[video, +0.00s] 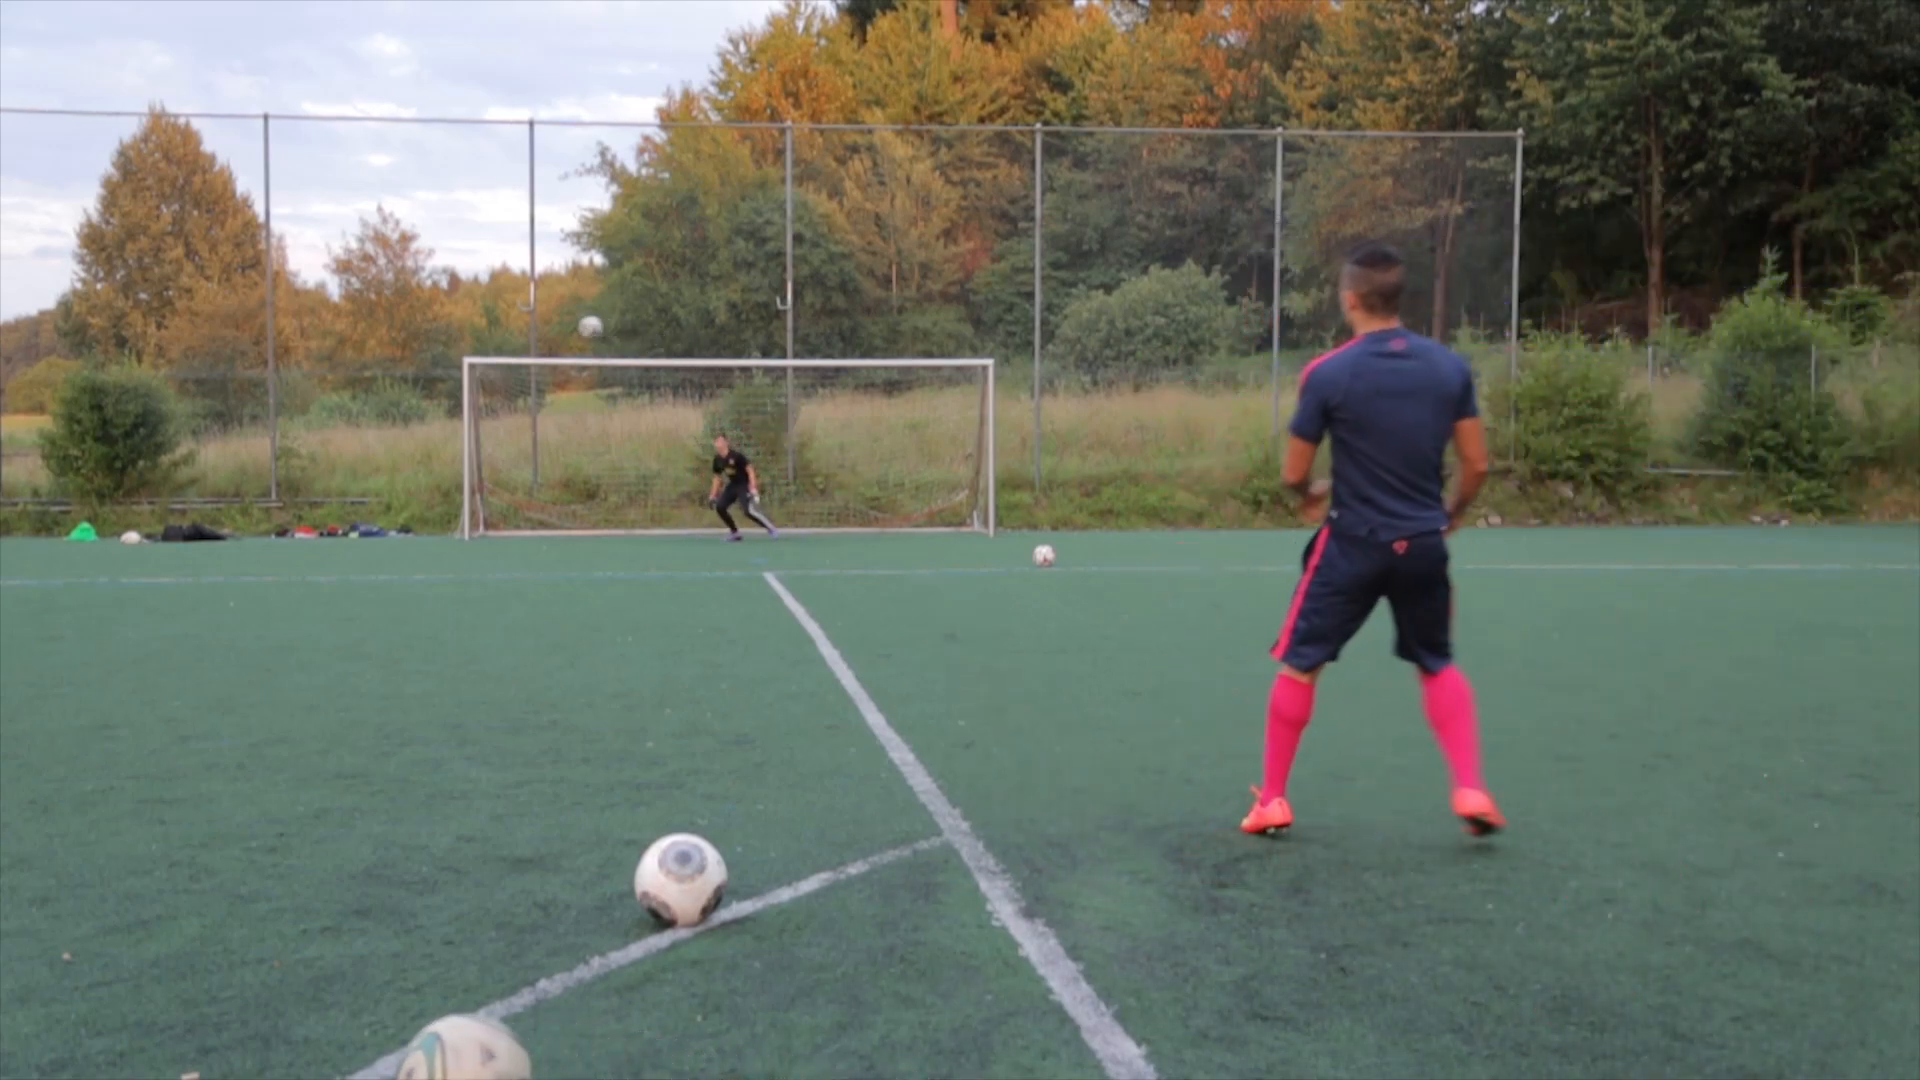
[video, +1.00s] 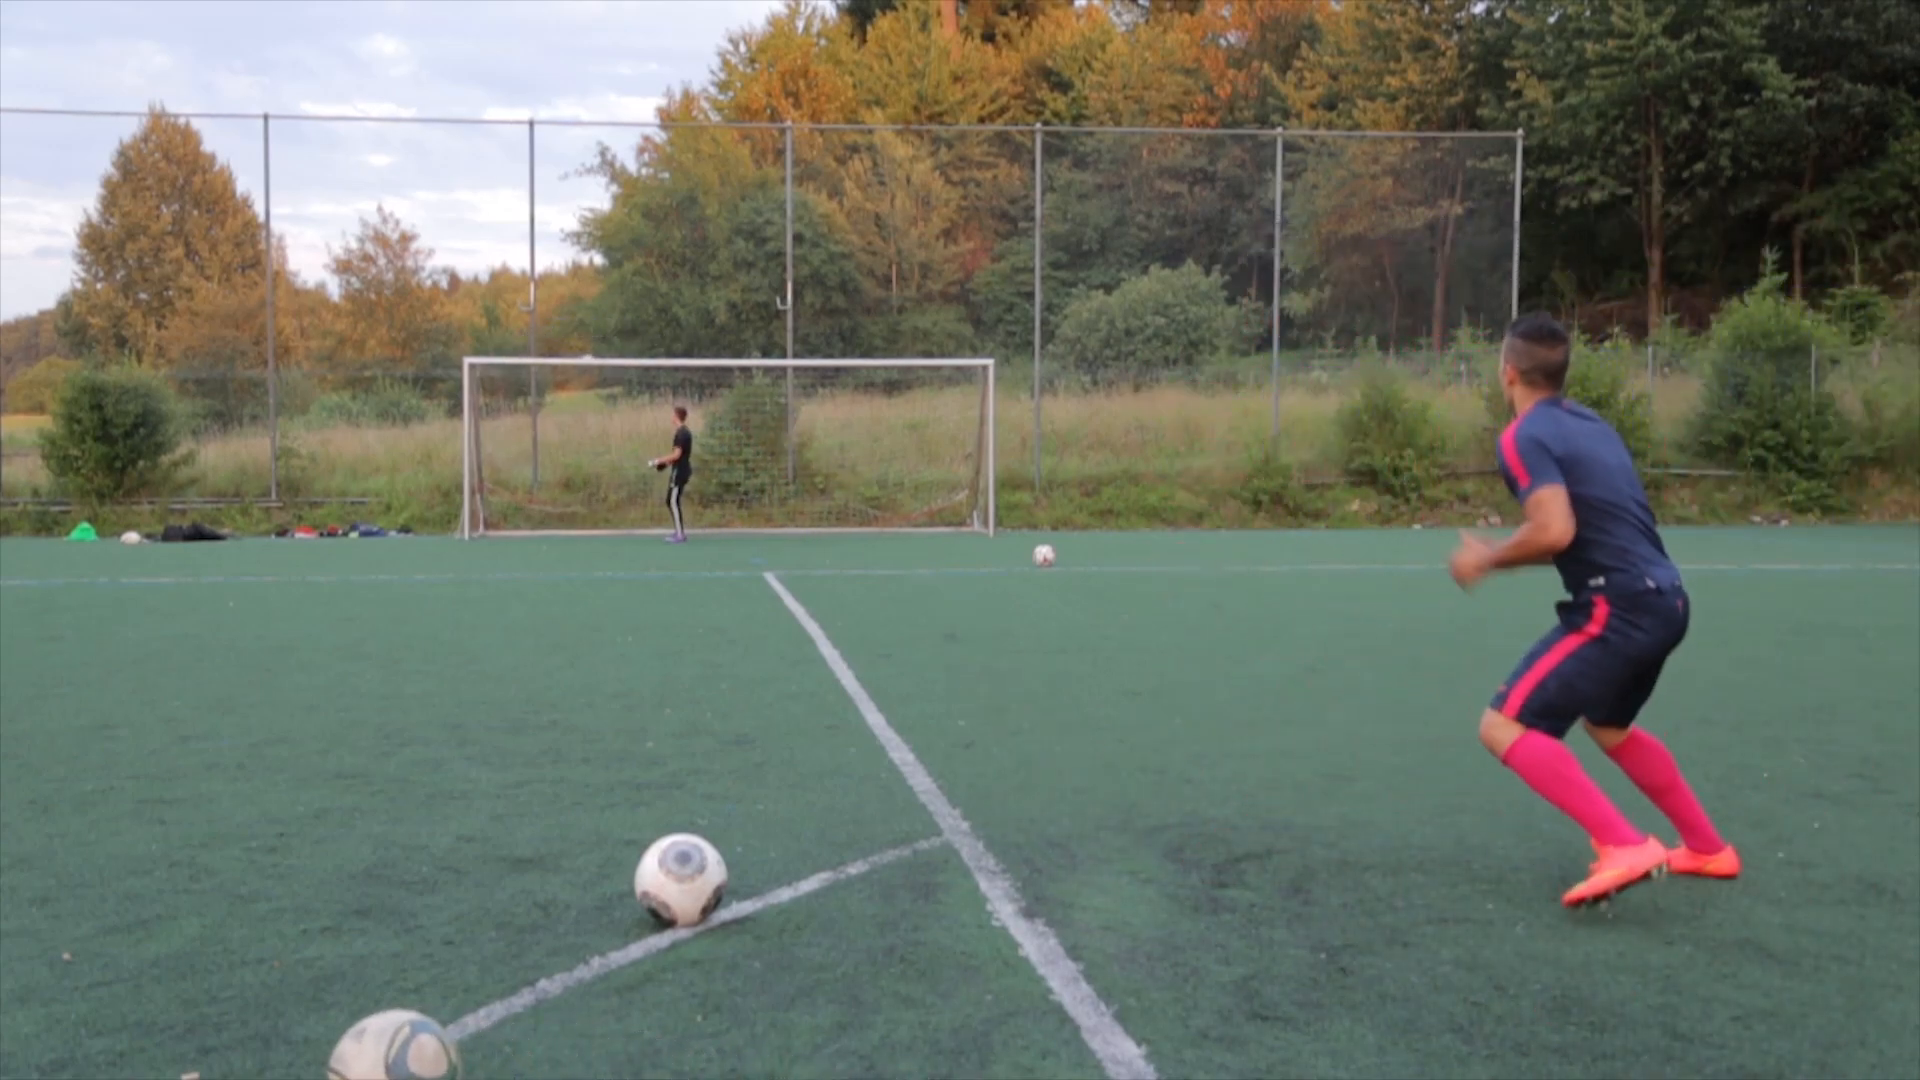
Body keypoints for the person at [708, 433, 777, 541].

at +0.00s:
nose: (719, 446)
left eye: (721, 443)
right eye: (717, 444)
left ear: (727, 443)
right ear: (715, 446)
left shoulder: (736, 456)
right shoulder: (718, 460)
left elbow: (750, 470)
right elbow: (717, 478)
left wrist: (753, 488)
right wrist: (713, 495)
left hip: (744, 485)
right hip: (732, 486)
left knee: (748, 510)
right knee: (720, 507)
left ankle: (772, 530)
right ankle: (735, 533)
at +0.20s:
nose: (701, 434)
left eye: (703, 431)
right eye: (701, 431)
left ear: (710, 433)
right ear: (702, 433)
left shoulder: (719, 447)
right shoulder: (708, 449)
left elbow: (731, 464)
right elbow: (712, 467)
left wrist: (729, 484)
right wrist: (704, 485)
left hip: (727, 480)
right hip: (720, 480)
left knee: (709, 500)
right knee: (711, 503)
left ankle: (720, 530)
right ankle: (734, 530)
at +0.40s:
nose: (687, 426)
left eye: (688, 423)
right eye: (687, 423)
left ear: (692, 425)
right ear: (696, 425)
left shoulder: (700, 440)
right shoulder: (699, 440)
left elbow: (707, 462)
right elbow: (705, 464)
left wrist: (706, 482)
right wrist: (699, 481)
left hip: (707, 477)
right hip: (708, 476)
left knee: (689, 503)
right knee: (707, 508)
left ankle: (681, 534)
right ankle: (731, 529)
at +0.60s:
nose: (680, 422)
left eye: (681, 419)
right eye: (680, 419)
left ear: (685, 420)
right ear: (690, 420)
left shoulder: (688, 437)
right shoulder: (695, 436)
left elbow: (685, 457)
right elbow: (693, 457)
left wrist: (677, 475)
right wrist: (683, 473)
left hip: (692, 471)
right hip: (698, 470)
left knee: (677, 501)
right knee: (685, 503)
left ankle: (679, 533)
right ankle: (708, 525)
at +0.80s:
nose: (675, 420)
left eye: (676, 417)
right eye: (676, 417)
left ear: (681, 418)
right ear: (686, 418)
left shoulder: (685, 434)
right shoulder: (689, 433)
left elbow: (678, 454)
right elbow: (685, 454)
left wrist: (659, 460)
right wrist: (670, 461)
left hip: (685, 468)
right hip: (687, 467)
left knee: (675, 500)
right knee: (673, 500)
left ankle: (679, 534)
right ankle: (679, 532)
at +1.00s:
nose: (672, 418)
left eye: (673, 415)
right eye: (673, 415)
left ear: (676, 416)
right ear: (683, 416)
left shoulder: (681, 433)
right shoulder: (683, 432)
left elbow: (677, 454)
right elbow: (679, 454)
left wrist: (659, 461)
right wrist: (665, 463)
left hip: (680, 469)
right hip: (680, 468)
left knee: (673, 500)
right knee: (671, 500)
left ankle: (679, 534)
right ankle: (678, 532)